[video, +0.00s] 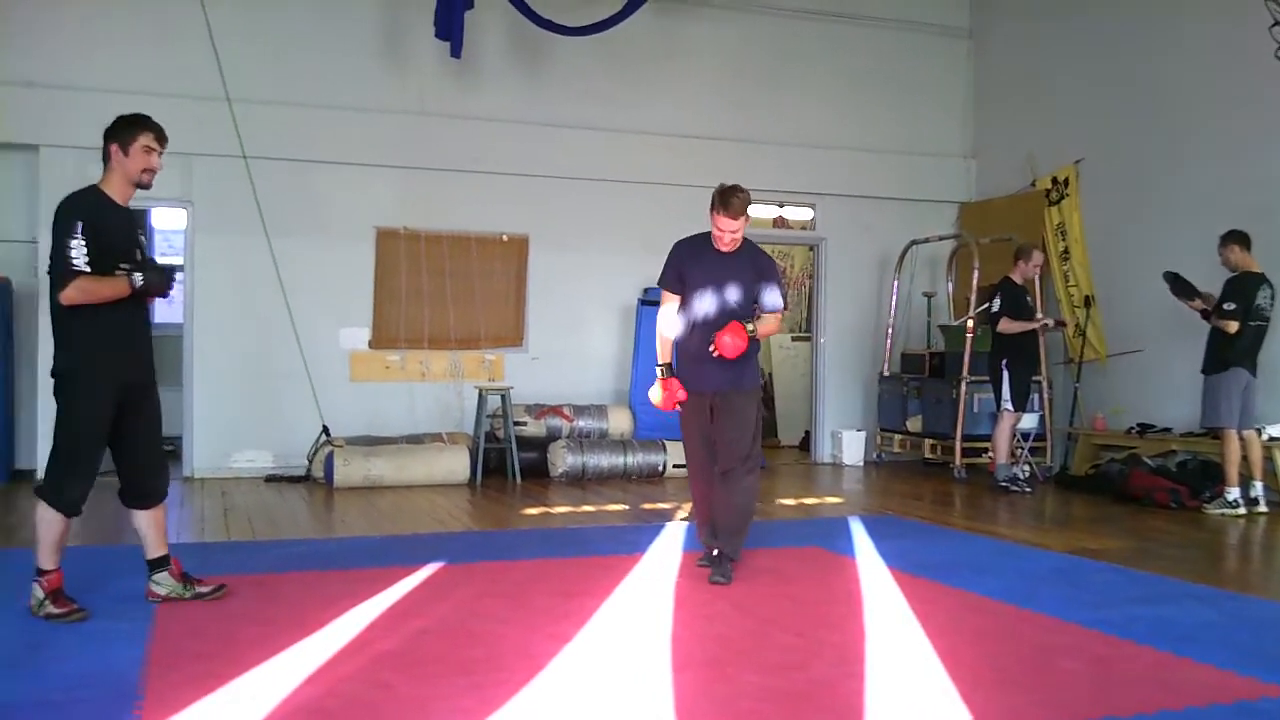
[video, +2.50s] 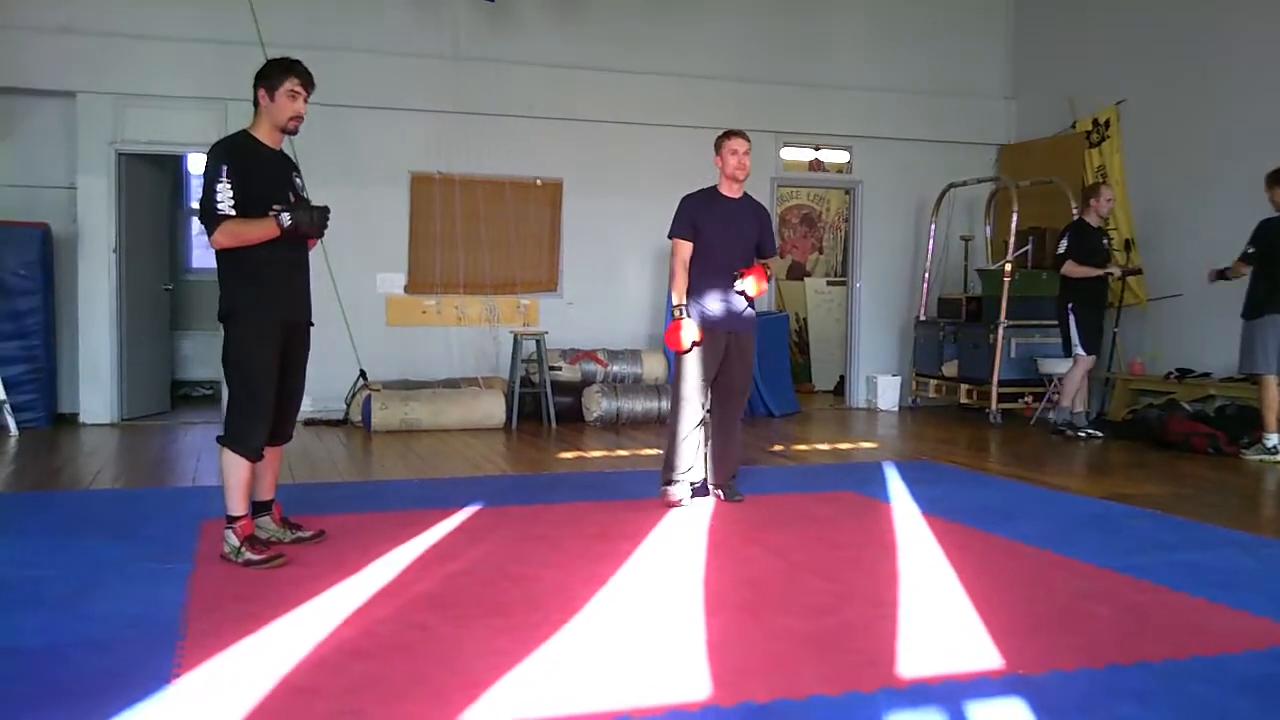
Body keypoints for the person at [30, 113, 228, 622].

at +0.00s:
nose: (156, 162)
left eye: (159, 154)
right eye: (148, 151)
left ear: (148, 159)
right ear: (116, 151)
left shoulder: (134, 220)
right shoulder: (78, 208)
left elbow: (130, 287)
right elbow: (68, 291)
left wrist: (151, 283)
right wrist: (137, 282)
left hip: (134, 370)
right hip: (85, 371)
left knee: (146, 472)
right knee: (67, 476)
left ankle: (163, 575)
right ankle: (46, 588)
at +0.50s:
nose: (224, 163)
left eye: (230, 156)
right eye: (216, 152)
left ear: (231, 165)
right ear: (189, 152)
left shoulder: (215, 226)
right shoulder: (147, 201)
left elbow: (223, 305)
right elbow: (122, 272)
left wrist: (223, 281)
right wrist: (188, 271)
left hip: (204, 359)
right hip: (156, 355)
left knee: (192, 467)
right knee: (159, 462)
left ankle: (176, 569)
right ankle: (98, 561)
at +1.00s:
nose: (226, 108)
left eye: (231, 100)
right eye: (218, 97)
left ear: (229, 104)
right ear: (188, 95)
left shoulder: (215, 166)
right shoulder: (146, 147)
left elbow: (229, 247)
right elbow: (126, 224)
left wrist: (231, 226)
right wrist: (196, 218)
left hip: (209, 306)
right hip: (164, 305)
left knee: (195, 409)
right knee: (179, 410)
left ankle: (161, 511)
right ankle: (187, 530)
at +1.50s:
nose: (282, 112)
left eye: (285, 103)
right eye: (274, 100)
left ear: (253, 102)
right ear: (241, 96)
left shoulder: (246, 159)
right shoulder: (209, 152)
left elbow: (243, 227)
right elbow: (209, 238)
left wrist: (273, 223)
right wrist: (271, 226)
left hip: (261, 309)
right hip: (224, 311)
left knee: (276, 412)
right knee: (229, 417)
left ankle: (255, 517)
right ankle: (227, 537)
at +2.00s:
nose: (278, 112)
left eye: (282, 103)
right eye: (270, 100)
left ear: (271, 107)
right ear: (239, 99)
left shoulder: (258, 168)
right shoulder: (206, 157)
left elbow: (253, 235)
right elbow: (203, 241)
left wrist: (283, 230)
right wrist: (267, 227)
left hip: (268, 316)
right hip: (228, 317)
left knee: (260, 419)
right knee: (228, 423)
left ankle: (249, 523)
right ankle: (221, 541)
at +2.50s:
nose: (302, 108)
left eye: (306, 100)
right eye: (293, 96)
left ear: (300, 106)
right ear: (263, 96)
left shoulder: (289, 164)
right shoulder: (228, 152)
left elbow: (293, 236)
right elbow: (220, 235)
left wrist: (311, 226)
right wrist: (285, 222)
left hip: (292, 311)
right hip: (249, 311)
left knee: (279, 415)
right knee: (248, 416)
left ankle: (264, 517)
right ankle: (236, 534)